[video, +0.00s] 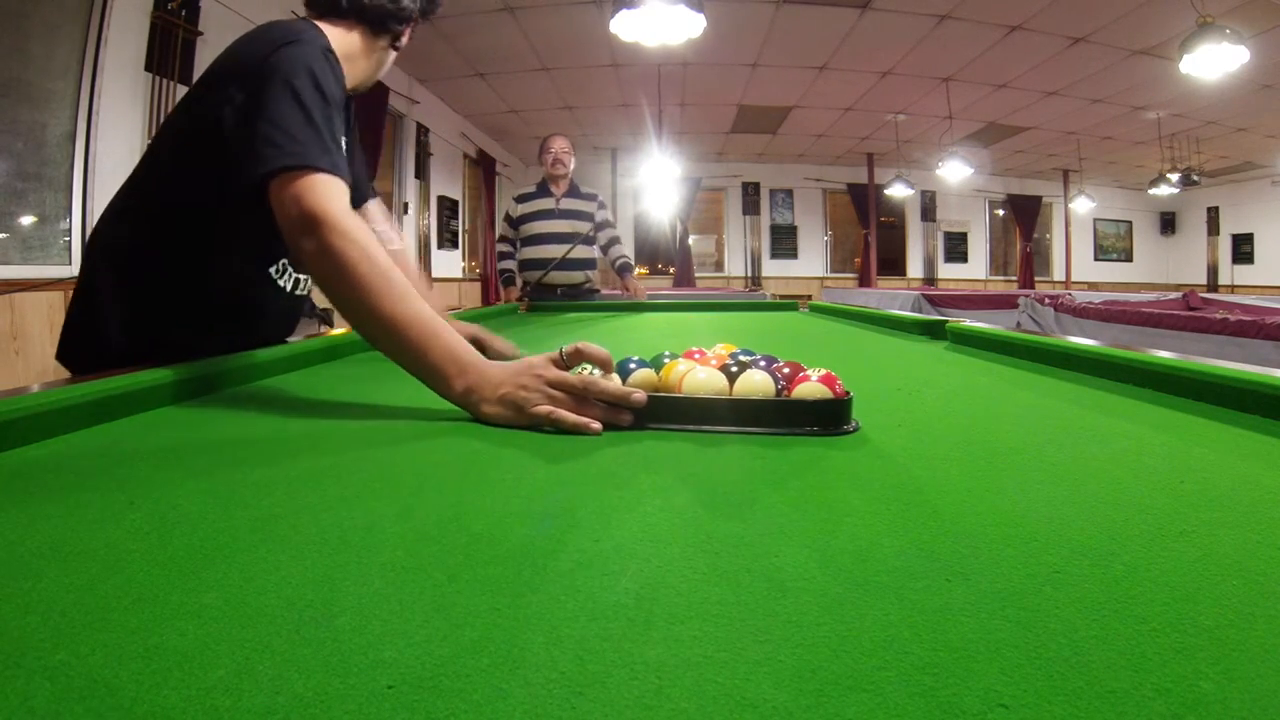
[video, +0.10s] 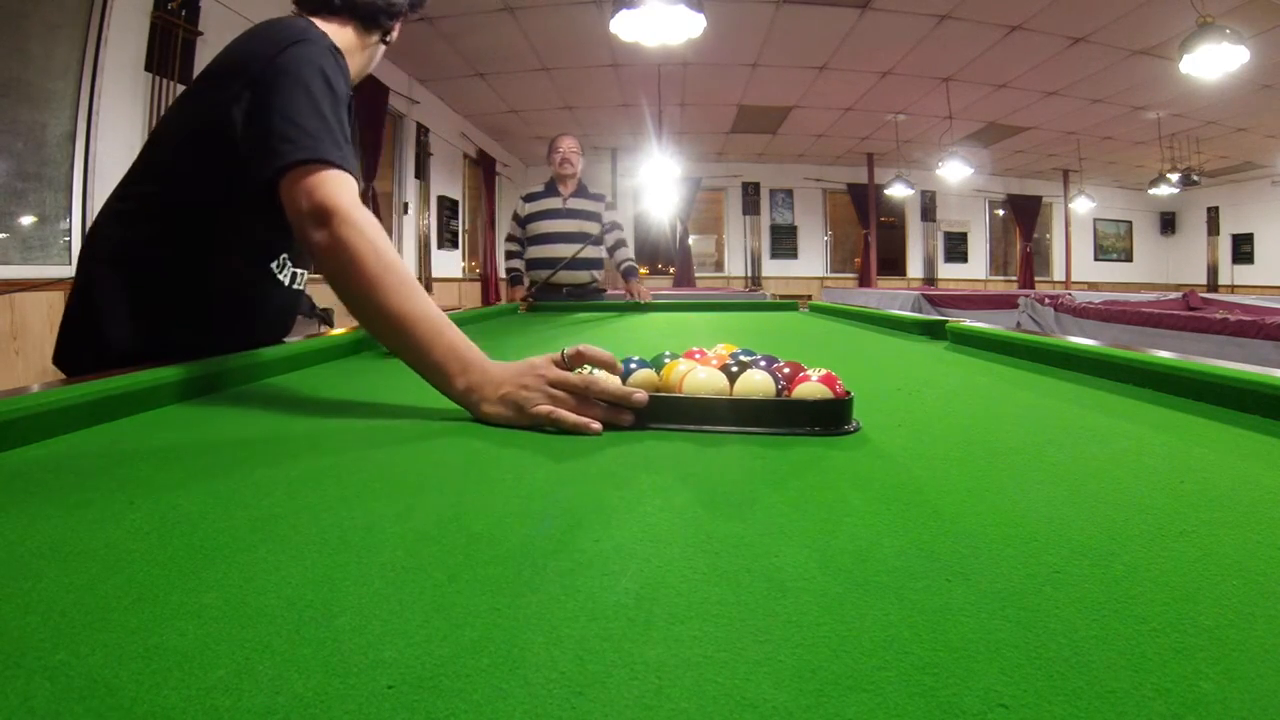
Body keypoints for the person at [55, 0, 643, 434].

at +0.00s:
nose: (400, 60)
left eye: (405, 43)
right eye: (409, 41)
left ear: (327, 10)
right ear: (400, 34)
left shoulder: (328, 96)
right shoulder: (295, 55)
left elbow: (372, 232)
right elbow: (315, 227)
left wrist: (465, 340)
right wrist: (473, 381)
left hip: (235, 346)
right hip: (149, 352)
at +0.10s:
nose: (379, 67)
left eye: (382, 55)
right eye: (389, 50)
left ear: (315, 8)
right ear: (386, 29)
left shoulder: (279, 63)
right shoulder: (300, 52)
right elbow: (326, 220)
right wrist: (477, 375)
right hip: (150, 350)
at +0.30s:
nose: (379, 49)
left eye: (378, 41)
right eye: (383, 37)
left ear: (296, 11)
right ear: (376, 31)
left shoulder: (272, 68)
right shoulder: (302, 60)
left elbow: (276, 215)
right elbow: (344, 201)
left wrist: (335, 308)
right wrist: (475, 365)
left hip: (214, 334)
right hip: (142, 342)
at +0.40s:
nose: (360, 60)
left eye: (362, 51)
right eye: (364, 47)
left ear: (293, 18)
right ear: (357, 32)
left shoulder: (254, 72)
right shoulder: (297, 57)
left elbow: (279, 222)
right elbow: (330, 178)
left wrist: (334, 308)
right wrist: (443, 342)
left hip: (205, 331)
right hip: (141, 335)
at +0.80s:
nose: (277, 50)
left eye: (279, 39)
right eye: (277, 38)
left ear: (215, 30)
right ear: (268, 41)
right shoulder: (238, 64)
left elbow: (228, 225)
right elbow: (218, 147)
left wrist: (296, 275)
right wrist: (246, 286)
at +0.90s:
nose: (256, 67)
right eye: (256, 58)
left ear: (193, 46)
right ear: (250, 55)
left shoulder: (171, 108)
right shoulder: (224, 80)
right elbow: (199, 162)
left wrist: (265, 277)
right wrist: (211, 295)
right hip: (174, 338)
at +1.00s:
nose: (245, 74)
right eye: (246, 67)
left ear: (183, 58)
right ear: (240, 64)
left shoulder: (162, 116)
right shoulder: (220, 92)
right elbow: (187, 176)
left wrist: (240, 292)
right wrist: (195, 302)